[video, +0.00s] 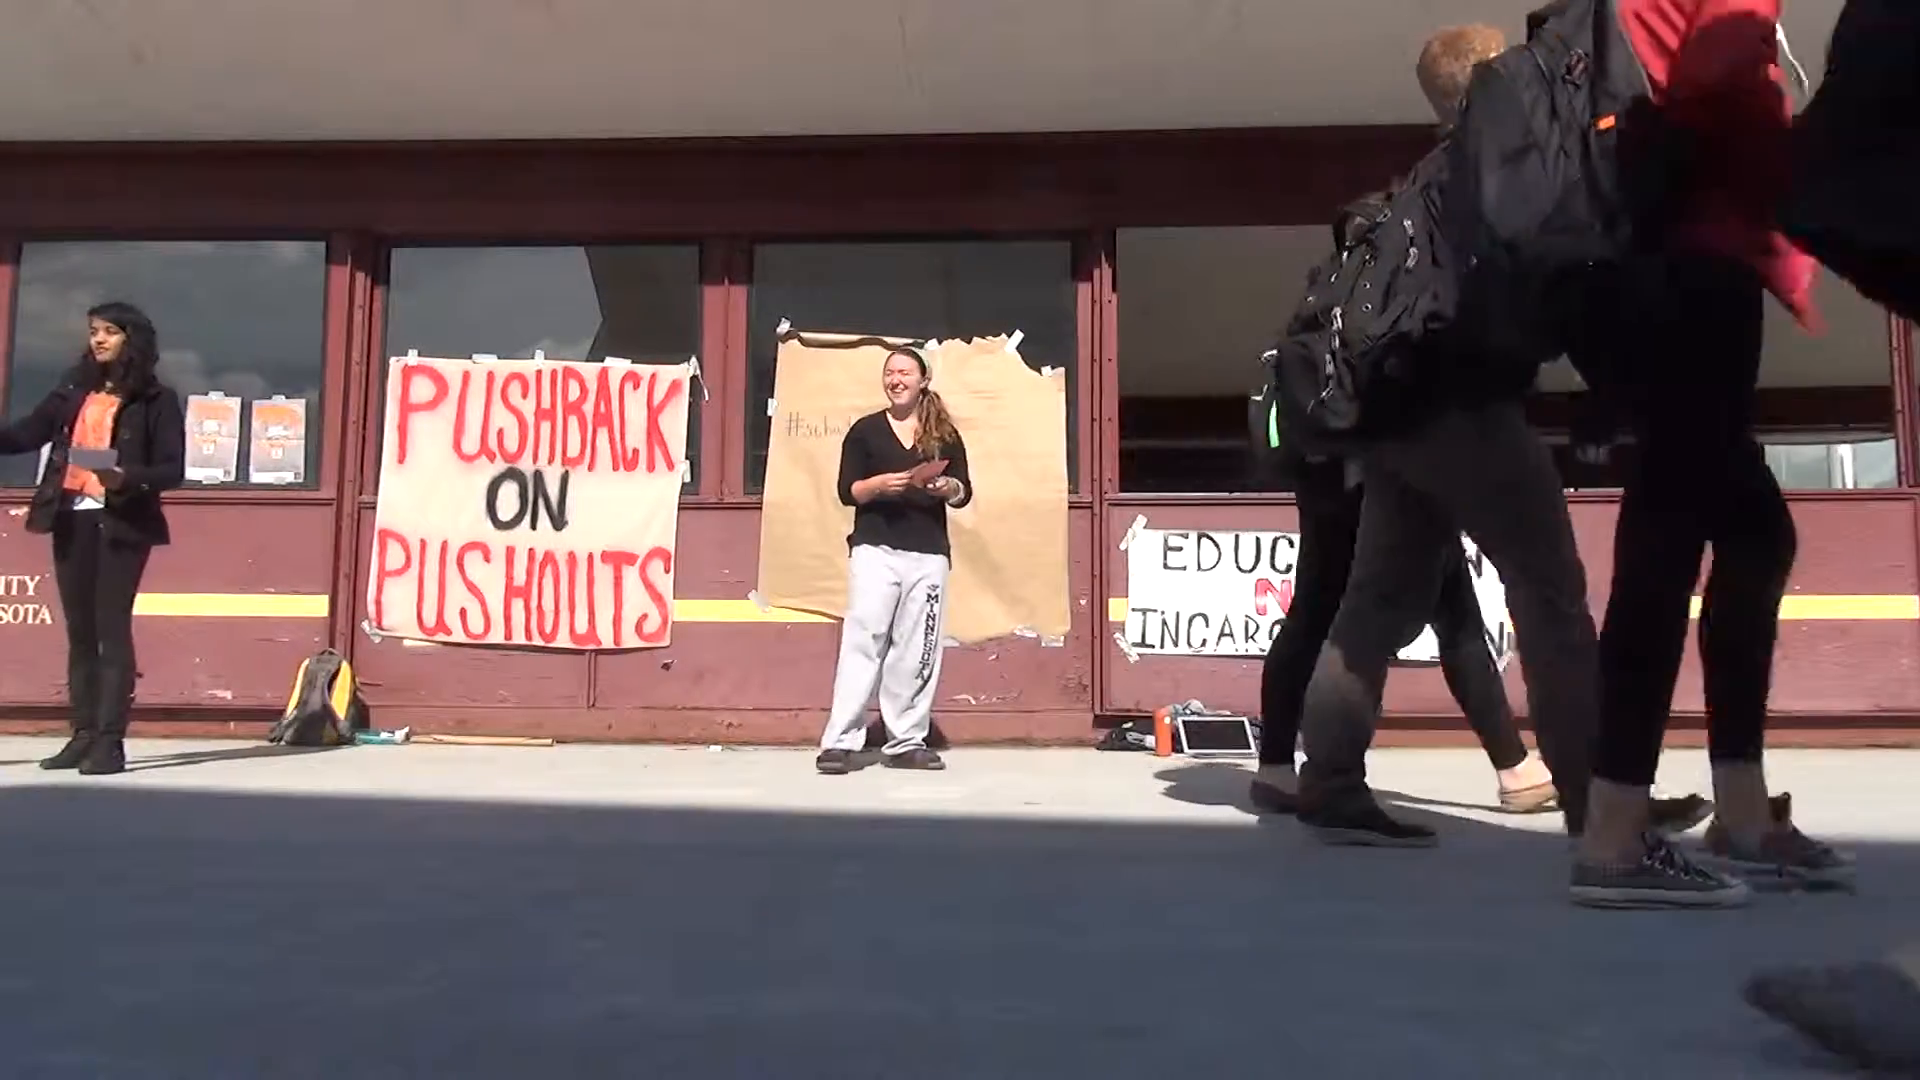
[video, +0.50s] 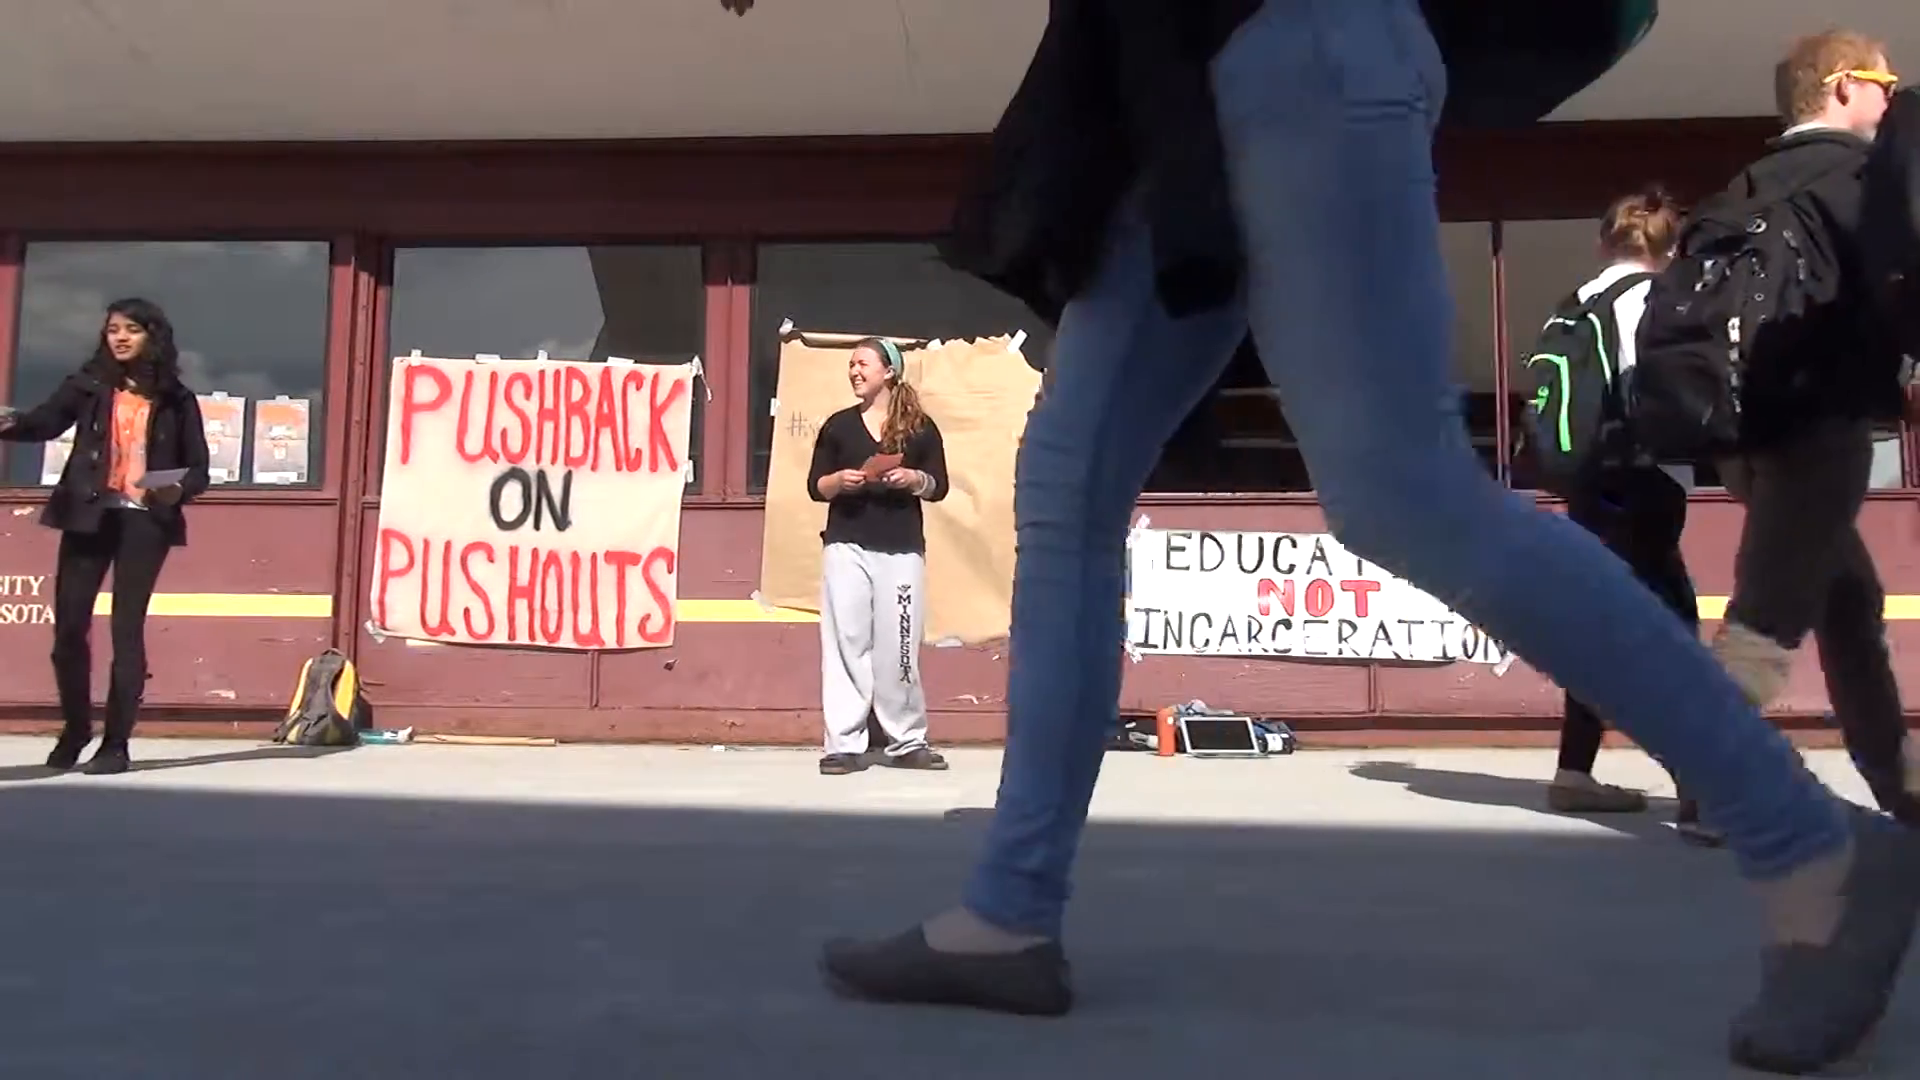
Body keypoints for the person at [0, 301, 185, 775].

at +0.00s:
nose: (96, 341)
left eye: (106, 333)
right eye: (93, 333)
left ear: (131, 338)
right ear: (90, 340)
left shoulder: (157, 397)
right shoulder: (77, 387)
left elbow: (172, 471)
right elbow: (29, 433)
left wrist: (127, 478)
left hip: (122, 525)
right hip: (72, 523)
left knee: (111, 630)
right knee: (80, 631)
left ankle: (110, 742)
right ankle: (85, 735)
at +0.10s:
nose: (102, 340)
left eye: (112, 332)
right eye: (98, 333)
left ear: (137, 337)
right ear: (93, 339)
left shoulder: (162, 398)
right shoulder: (80, 389)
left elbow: (178, 472)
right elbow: (30, 430)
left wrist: (131, 479)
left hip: (127, 527)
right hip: (75, 523)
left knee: (115, 631)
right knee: (81, 632)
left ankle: (111, 743)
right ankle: (85, 735)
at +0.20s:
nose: (106, 339)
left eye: (116, 332)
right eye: (102, 332)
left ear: (142, 337)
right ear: (97, 339)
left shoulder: (167, 398)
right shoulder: (83, 386)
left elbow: (185, 473)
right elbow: (33, 428)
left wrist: (148, 484)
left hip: (131, 525)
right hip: (79, 522)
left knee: (120, 630)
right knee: (80, 631)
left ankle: (113, 742)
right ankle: (84, 733)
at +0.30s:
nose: (112, 340)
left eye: (121, 333)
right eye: (107, 332)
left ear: (147, 337)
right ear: (101, 338)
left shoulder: (172, 398)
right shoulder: (88, 383)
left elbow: (191, 472)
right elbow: (38, 427)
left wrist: (154, 488)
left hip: (136, 522)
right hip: (82, 518)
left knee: (123, 629)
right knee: (73, 631)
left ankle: (113, 744)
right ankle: (82, 733)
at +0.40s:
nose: (116, 339)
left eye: (126, 331)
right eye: (110, 331)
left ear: (150, 336)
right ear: (103, 338)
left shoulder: (175, 398)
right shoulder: (90, 382)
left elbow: (198, 472)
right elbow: (42, 425)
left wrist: (168, 492)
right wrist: (3, 427)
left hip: (142, 520)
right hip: (87, 515)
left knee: (125, 629)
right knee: (67, 627)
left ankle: (115, 745)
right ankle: (79, 727)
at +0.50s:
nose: (119, 338)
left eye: (129, 331)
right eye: (113, 331)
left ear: (152, 335)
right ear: (105, 337)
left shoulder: (176, 397)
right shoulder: (91, 381)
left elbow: (199, 470)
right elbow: (46, 422)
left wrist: (174, 495)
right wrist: (9, 425)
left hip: (146, 519)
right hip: (89, 514)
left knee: (126, 628)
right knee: (69, 626)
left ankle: (115, 744)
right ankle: (76, 728)